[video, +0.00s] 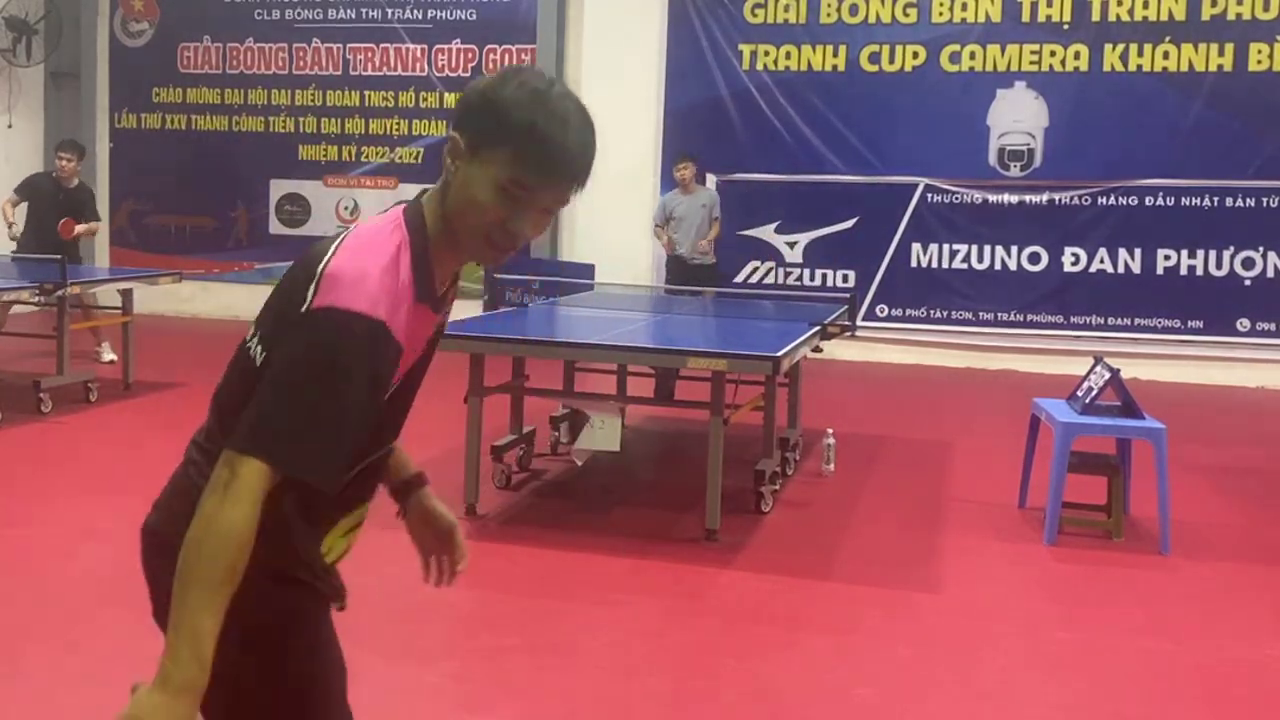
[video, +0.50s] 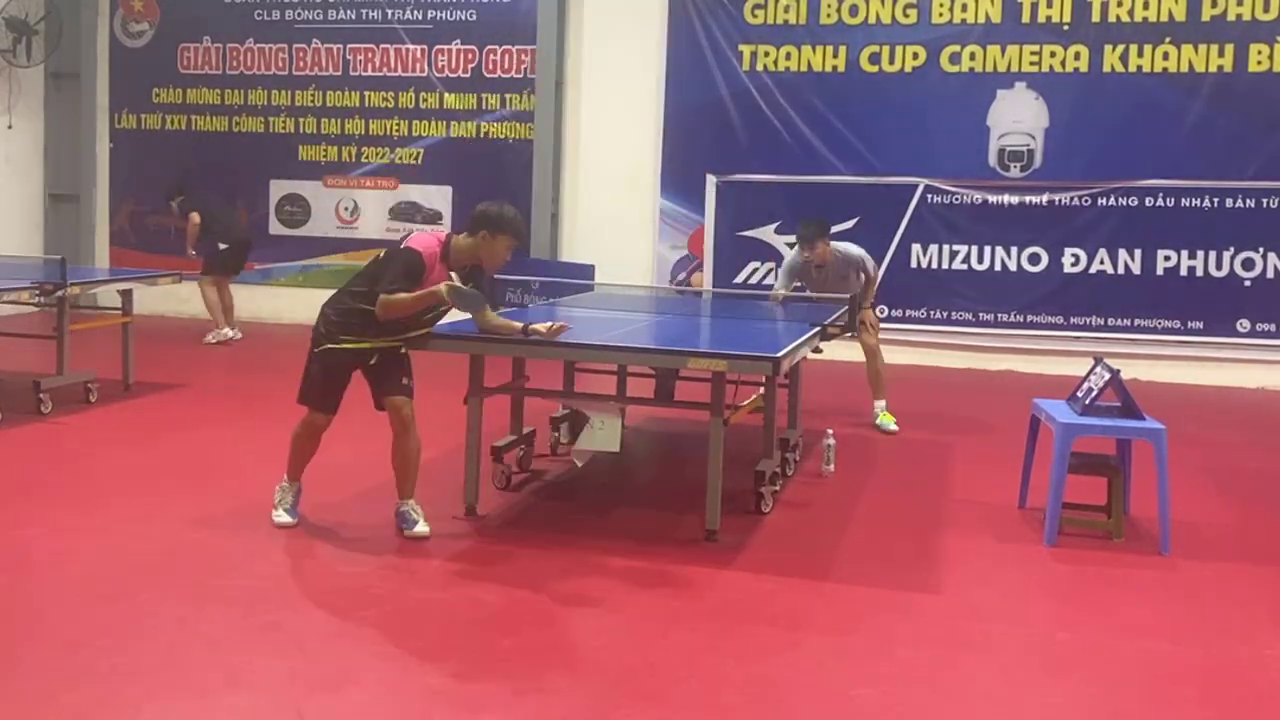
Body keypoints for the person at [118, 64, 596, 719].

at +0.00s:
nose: (525, 230)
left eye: (549, 212)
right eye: (511, 196)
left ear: (564, 204)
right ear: (455, 157)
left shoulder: (432, 261)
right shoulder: (361, 301)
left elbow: (354, 402)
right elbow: (239, 480)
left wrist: (410, 491)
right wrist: (175, 687)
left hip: (286, 543)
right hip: (240, 559)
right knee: (310, 708)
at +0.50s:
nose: (509, 258)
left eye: (513, 250)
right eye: (508, 248)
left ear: (488, 241)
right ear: (483, 237)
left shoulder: (470, 269)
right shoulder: (417, 250)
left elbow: (486, 321)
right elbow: (384, 309)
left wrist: (530, 330)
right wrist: (438, 294)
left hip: (390, 340)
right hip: (341, 331)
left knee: (403, 414)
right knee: (318, 419)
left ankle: (407, 505)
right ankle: (289, 487)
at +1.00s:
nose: (468, 191)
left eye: (466, 183)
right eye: (459, 183)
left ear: (444, 191)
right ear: (431, 192)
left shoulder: (454, 219)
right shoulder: (390, 233)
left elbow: (511, 198)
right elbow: (373, 298)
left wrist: (558, 161)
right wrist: (425, 294)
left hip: (400, 334)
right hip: (347, 330)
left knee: (414, 420)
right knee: (295, 414)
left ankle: (408, 506)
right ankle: (249, 495)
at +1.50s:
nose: (416, 197)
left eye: (412, 191)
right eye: (408, 194)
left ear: (398, 205)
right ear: (385, 209)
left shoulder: (415, 225)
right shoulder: (354, 242)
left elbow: (462, 207)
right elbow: (341, 309)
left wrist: (511, 192)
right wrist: (373, 269)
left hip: (380, 339)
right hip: (330, 342)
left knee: (437, 393)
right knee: (282, 431)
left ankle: (391, 455)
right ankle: (255, 505)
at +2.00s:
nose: (508, 219)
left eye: (511, 210)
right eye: (509, 210)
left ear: (476, 202)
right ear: (498, 209)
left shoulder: (441, 221)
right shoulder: (456, 239)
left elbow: (398, 242)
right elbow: (424, 272)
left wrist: (372, 261)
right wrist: (456, 320)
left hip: (398, 339)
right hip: (378, 342)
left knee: (443, 421)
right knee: (427, 427)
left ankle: (400, 502)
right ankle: (341, 498)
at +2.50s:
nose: (509, 199)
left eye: (507, 192)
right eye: (509, 193)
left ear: (463, 193)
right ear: (502, 197)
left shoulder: (426, 225)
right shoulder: (506, 249)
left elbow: (370, 259)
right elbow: (545, 319)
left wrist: (415, 265)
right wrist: (524, 300)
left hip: (393, 360)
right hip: (453, 368)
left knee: (365, 438)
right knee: (513, 453)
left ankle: (305, 524)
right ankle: (510, 571)